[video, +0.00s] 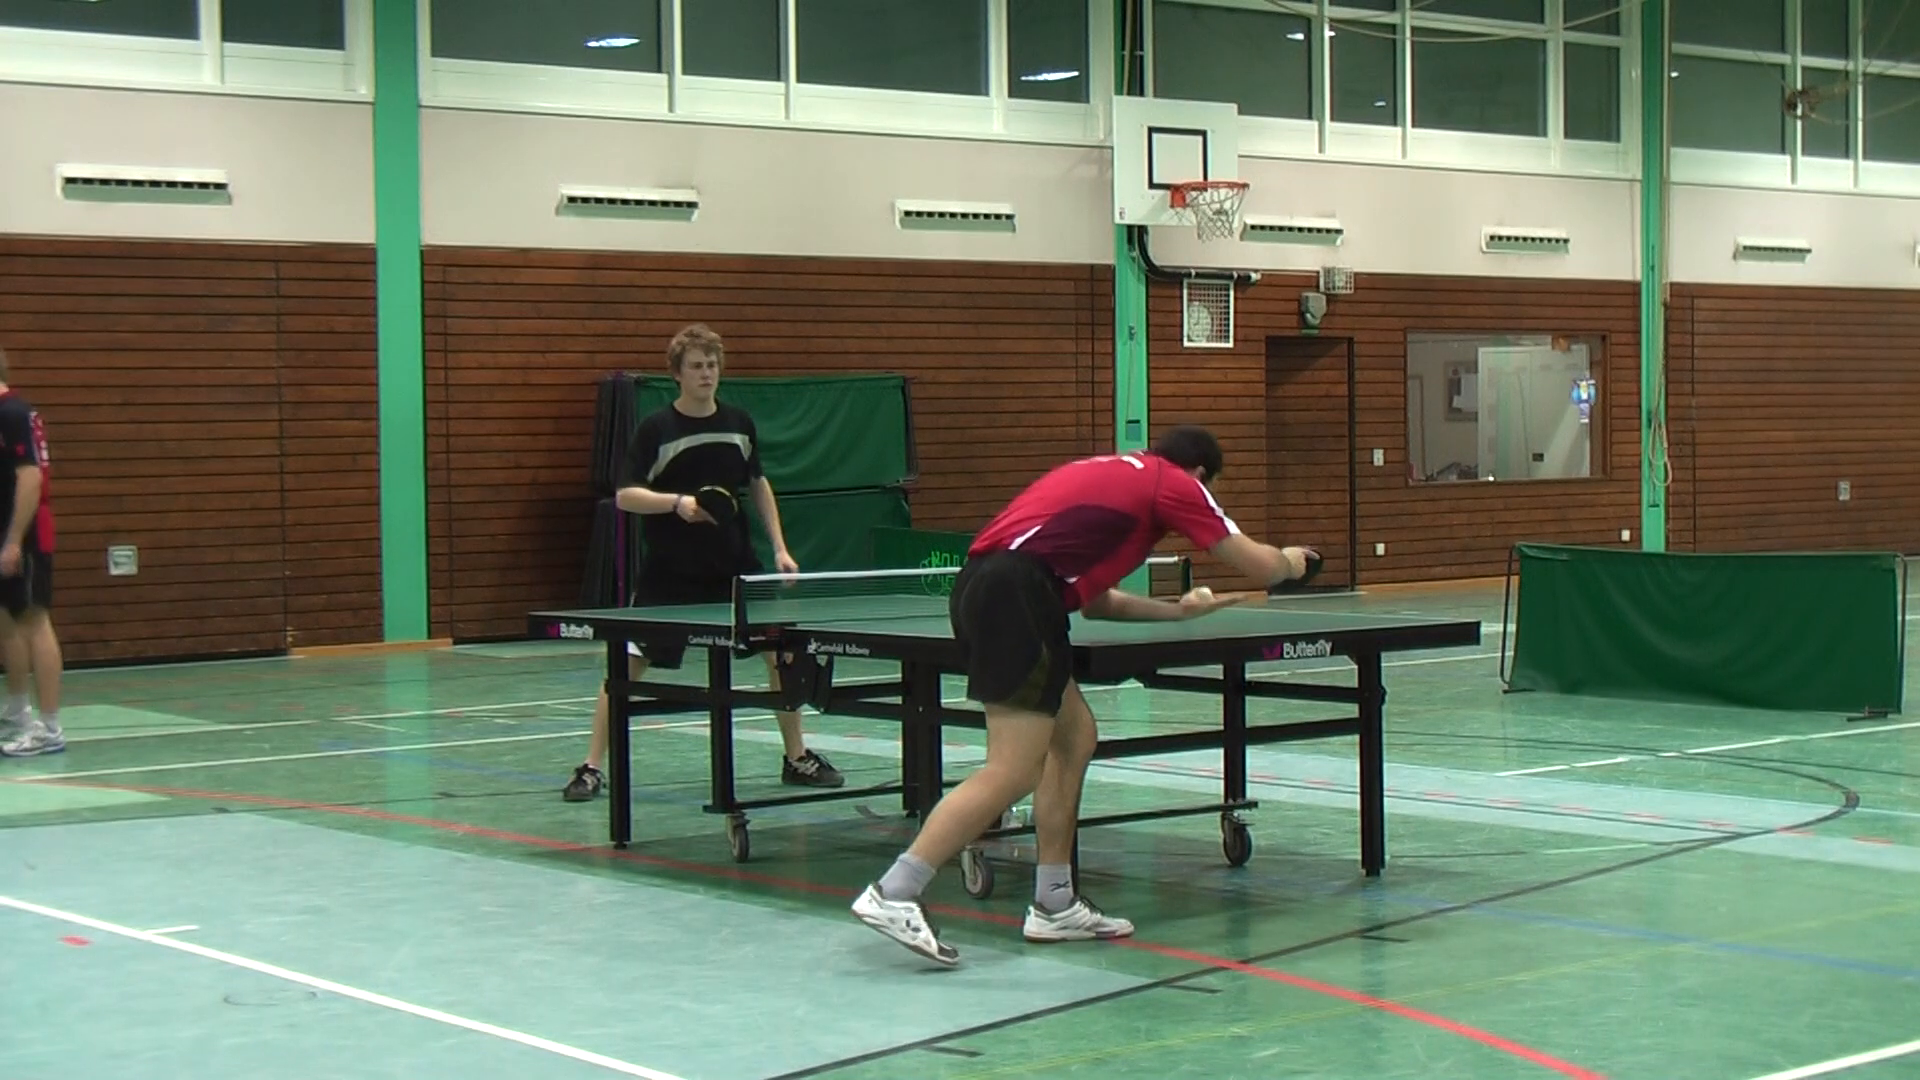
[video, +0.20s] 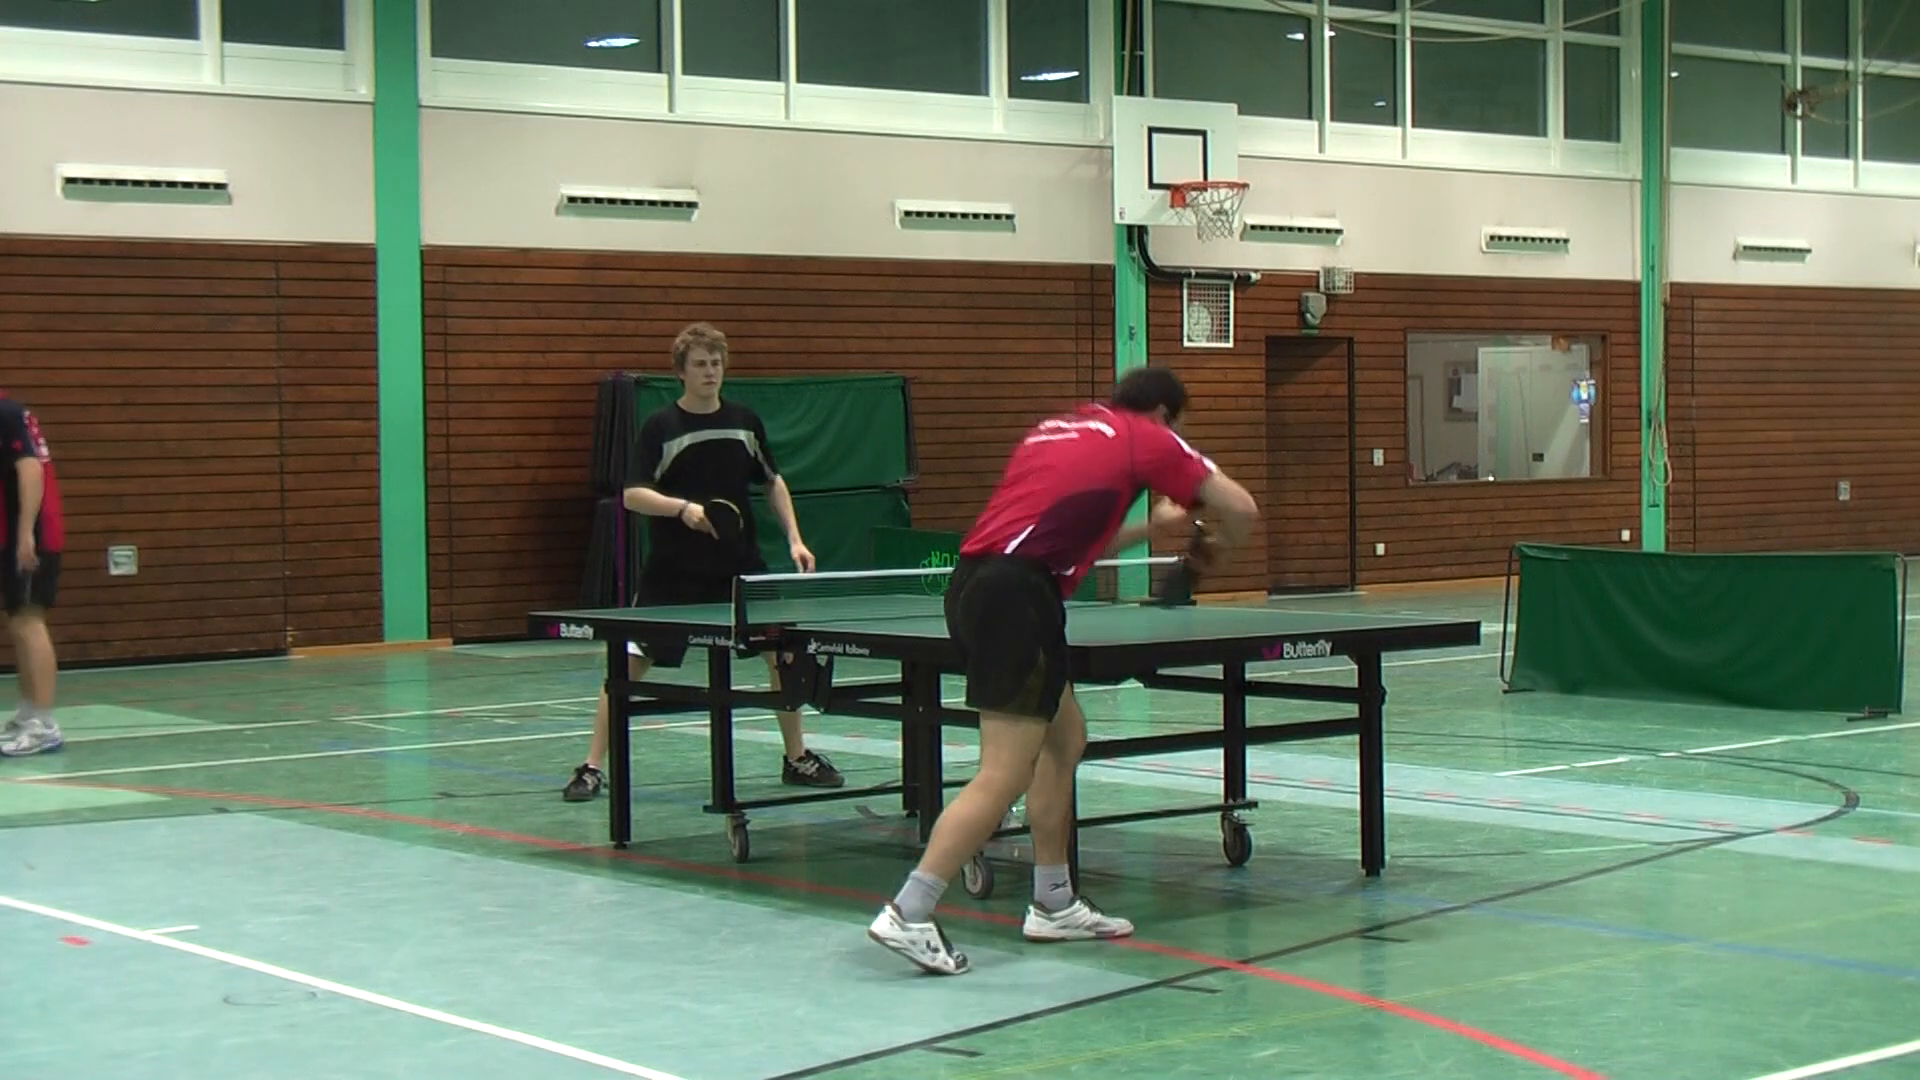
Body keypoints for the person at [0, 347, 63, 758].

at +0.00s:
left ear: (1, 376)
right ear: (5, 375)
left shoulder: (14, 411)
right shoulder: (14, 410)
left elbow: (30, 478)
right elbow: (29, 478)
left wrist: (14, 540)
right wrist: (14, 538)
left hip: (27, 540)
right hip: (11, 540)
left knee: (36, 623)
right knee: (9, 624)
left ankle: (49, 726)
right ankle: (16, 717)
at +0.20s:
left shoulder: (12, 413)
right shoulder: (14, 413)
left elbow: (30, 469)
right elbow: (31, 470)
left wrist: (25, 534)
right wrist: (25, 535)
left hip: (31, 542)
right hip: (19, 542)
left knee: (29, 622)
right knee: (19, 624)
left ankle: (44, 722)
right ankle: (28, 714)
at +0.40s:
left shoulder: (16, 412)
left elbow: (60, 455)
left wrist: (24, 504)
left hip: (50, 523)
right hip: (18, 530)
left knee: (43, 605)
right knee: (20, 613)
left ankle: (33, 707)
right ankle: (31, 707)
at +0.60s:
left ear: (4, 383)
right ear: (1, 387)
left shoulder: (43, 410)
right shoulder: (4, 427)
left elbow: (96, 450)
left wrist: (100, 508)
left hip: (59, 535)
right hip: (20, 541)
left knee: (69, 613)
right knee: (29, 622)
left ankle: (84, 712)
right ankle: (30, 717)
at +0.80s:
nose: (1, 379)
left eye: (7, 372)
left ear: (30, 373)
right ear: (12, 376)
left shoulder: (74, 414)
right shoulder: (5, 427)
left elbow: (116, 463)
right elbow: (8, 485)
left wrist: (152, 512)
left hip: (75, 543)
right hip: (28, 546)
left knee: (93, 623)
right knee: (28, 623)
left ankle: (117, 712)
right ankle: (30, 717)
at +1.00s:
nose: (23, 382)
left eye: (31, 374)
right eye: (21, 375)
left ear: (58, 374)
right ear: (24, 379)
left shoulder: (99, 421)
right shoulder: (26, 430)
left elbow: (135, 474)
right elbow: (20, 489)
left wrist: (160, 532)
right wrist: (10, 542)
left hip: (88, 548)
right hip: (36, 548)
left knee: (107, 626)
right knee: (14, 619)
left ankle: (120, 714)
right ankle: (26, 713)